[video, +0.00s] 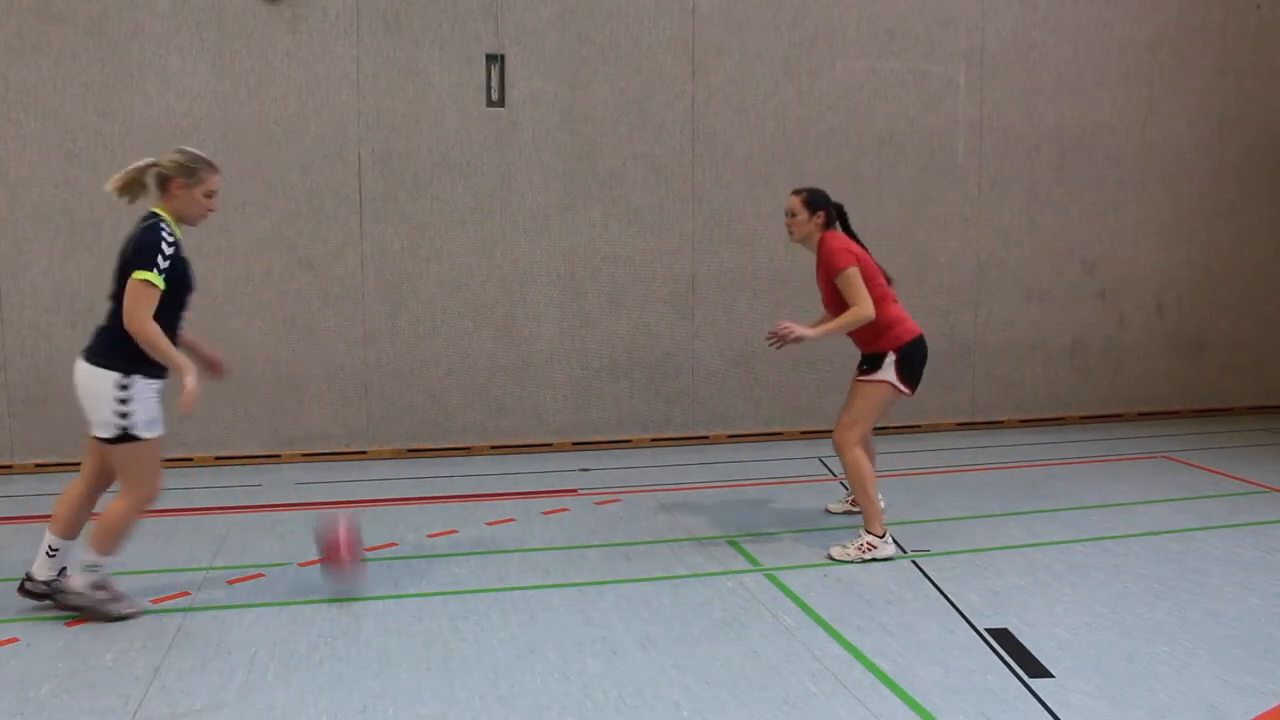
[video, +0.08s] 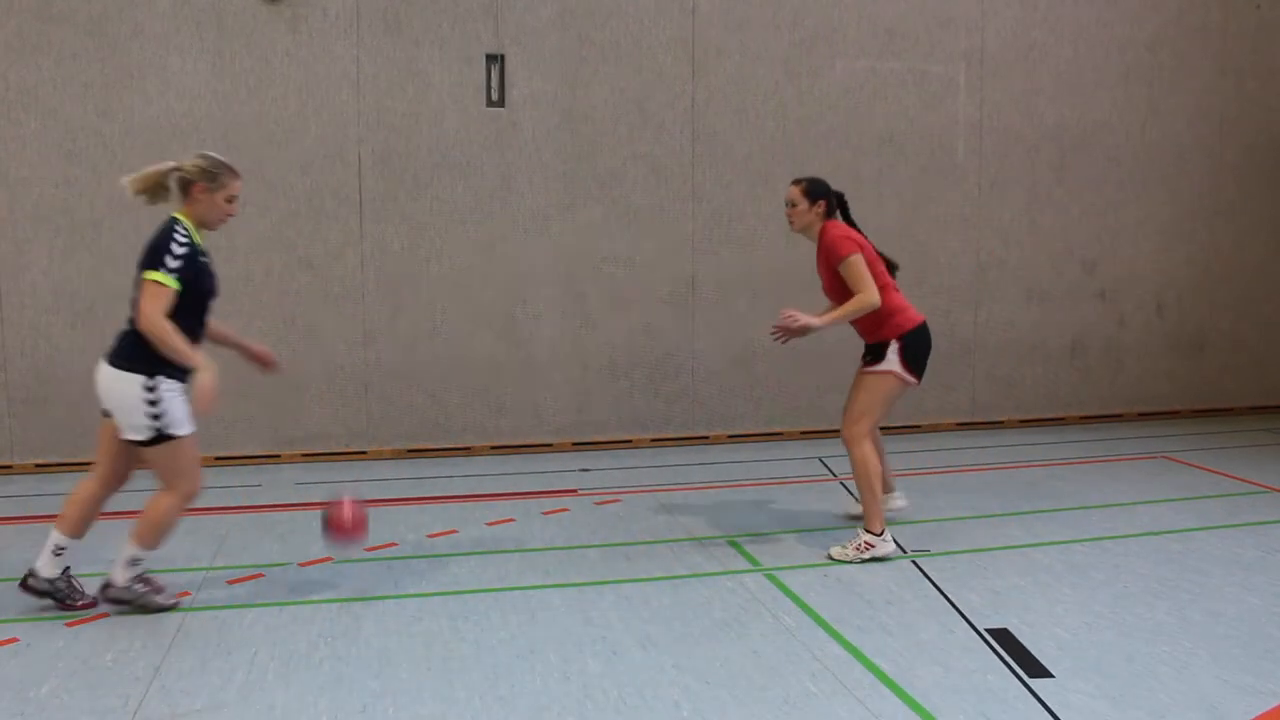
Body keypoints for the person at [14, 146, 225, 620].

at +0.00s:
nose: (213, 205)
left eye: (215, 196)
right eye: (208, 195)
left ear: (176, 191)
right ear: (177, 188)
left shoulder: (160, 233)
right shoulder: (158, 238)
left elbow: (158, 312)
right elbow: (136, 319)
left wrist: (197, 349)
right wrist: (182, 367)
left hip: (106, 370)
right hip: (122, 377)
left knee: (96, 475)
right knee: (142, 486)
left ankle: (43, 574)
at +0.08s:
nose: (233, 211)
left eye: (236, 202)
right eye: (229, 201)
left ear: (200, 195)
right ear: (198, 192)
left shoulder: (185, 240)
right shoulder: (176, 241)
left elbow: (190, 317)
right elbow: (150, 318)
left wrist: (243, 346)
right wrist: (199, 364)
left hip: (125, 372)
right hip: (146, 380)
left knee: (105, 477)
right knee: (183, 484)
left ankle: (46, 570)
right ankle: (124, 578)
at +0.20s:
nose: (274, 216)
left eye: (275, 207)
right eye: (269, 206)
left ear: (241, 203)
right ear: (240, 201)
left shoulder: (230, 249)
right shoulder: (219, 250)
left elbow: (244, 319)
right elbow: (217, 325)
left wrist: (296, 345)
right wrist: (287, 344)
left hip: (185, 380)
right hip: (188, 385)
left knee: (198, 479)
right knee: (213, 488)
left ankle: (110, 535)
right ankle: (136, 573)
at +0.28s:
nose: (312, 225)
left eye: (312, 215)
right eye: (306, 215)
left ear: (277, 217)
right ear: (277, 216)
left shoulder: (263, 261)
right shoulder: (262, 265)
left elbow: (278, 340)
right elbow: (278, 343)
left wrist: (325, 353)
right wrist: (328, 357)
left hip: (228, 393)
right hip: (209, 395)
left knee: (279, 465)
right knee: (228, 501)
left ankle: (197, 535)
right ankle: (139, 572)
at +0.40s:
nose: (376, 220)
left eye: (375, 211)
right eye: (369, 212)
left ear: (340, 221)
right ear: (343, 220)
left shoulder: (325, 263)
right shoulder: (337, 270)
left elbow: (345, 341)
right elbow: (358, 348)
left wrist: (388, 362)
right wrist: (397, 356)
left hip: (301, 394)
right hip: (274, 397)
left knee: (365, 440)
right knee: (240, 495)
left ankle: (376, 541)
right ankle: (151, 565)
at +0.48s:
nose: (417, 207)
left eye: (415, 199)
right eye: (409, 200)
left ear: (384, 209)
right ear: (384, 208)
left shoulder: (382, 251)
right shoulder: (380, 253)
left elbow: (402, 322)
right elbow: (407, 321)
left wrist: (450, 337)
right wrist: (460, 328)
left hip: (367, 386)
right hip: (336, 387)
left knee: (409, 451)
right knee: (298, 480)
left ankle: (393, 548)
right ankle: (200, 539)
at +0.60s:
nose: (482, 183)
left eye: (482, 175)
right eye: (474, 175)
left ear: (465, 182)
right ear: (447, 181)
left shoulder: (472, 230)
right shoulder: (433, 222)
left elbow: (477, 282)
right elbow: (421, 257)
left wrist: (525, 294)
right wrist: (494, 253)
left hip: (459, 360)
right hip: (428, 360)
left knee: (454, 455)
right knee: (445, 456)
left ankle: (398, 537)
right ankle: (361, 514)